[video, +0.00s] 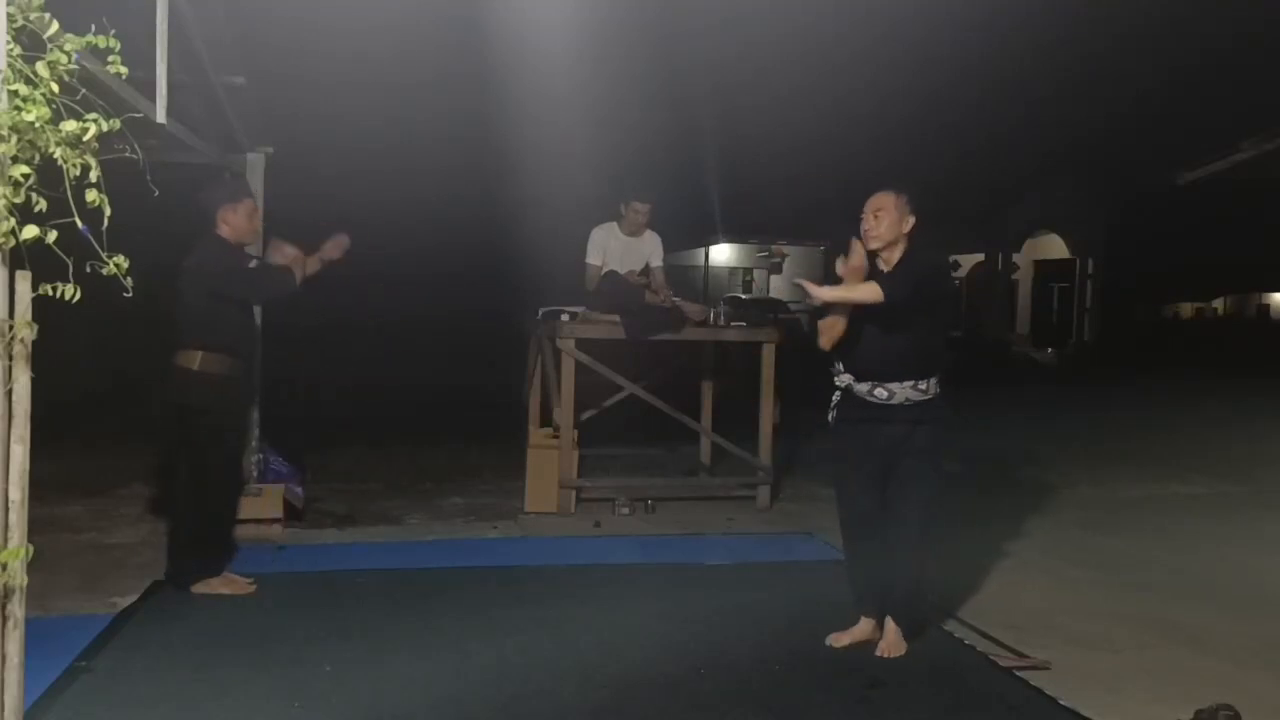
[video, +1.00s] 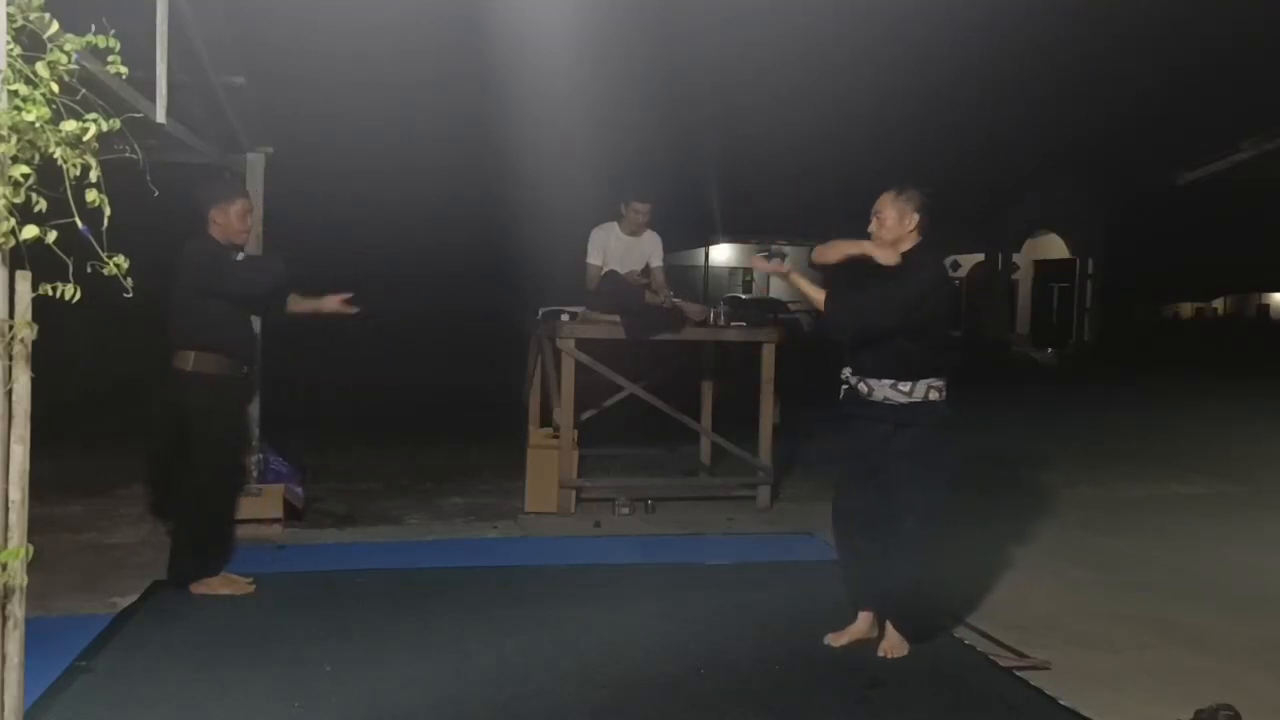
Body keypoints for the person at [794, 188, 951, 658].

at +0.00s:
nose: (866, 222)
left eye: (878, 213)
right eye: (864, 215)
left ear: (908, 223)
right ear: (861, 227)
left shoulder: (929, 269)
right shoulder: (853, 275)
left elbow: (888, 292)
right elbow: (825, 339)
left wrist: (825, 293)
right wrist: (853, 280)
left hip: (914, 411)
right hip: (857, 407)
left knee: (906, 515)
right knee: (858, 513)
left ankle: (895, 620)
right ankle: (869, 617)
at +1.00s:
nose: (872, 225)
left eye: (881, 217)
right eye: (873, 216)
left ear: (912, 222)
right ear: (892, 222)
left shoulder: (928, 277)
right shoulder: (872, 264)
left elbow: (848, 316)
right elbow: (820, 256)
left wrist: (790, 275)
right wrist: (869, 249)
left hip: (914, 416)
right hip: (862, 408)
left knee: (905, 517)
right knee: (854, 510)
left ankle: (898, 623)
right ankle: (864, 614)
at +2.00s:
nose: (869, 234)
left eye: (876, 224)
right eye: (866, 225)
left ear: (903, 226)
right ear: (866, 227)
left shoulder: (930, 275)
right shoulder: (857, 271)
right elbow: (828, 316)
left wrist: (910, 196)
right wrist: (865, 284)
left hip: (911, 415)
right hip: (855, 412)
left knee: (905, 518)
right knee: (849, 513)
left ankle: (900, 622)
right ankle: (863, 613)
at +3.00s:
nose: (875, 227)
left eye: (885, 218)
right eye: (875, 218)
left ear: (916, 222)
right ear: (880, 224)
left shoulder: (929, 274)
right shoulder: (879, 273)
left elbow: (851, 283)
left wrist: (781, 284)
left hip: (905, 423)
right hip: (858, 417)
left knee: (899, 517)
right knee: (846, 513)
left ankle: (899, 624)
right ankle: (865, 616)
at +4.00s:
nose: (862, 271)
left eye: (873, 263)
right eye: (858, 264)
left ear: (902, 269)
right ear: (855, 269)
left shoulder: (922, 318)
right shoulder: (857, 313)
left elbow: (901, 392)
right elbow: (830, 380)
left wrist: (838, 366)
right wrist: (829, 334)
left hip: (916, 446)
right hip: (864, 440)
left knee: (905, 545)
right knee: (844, 539)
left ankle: (899, 631)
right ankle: (853, 627)